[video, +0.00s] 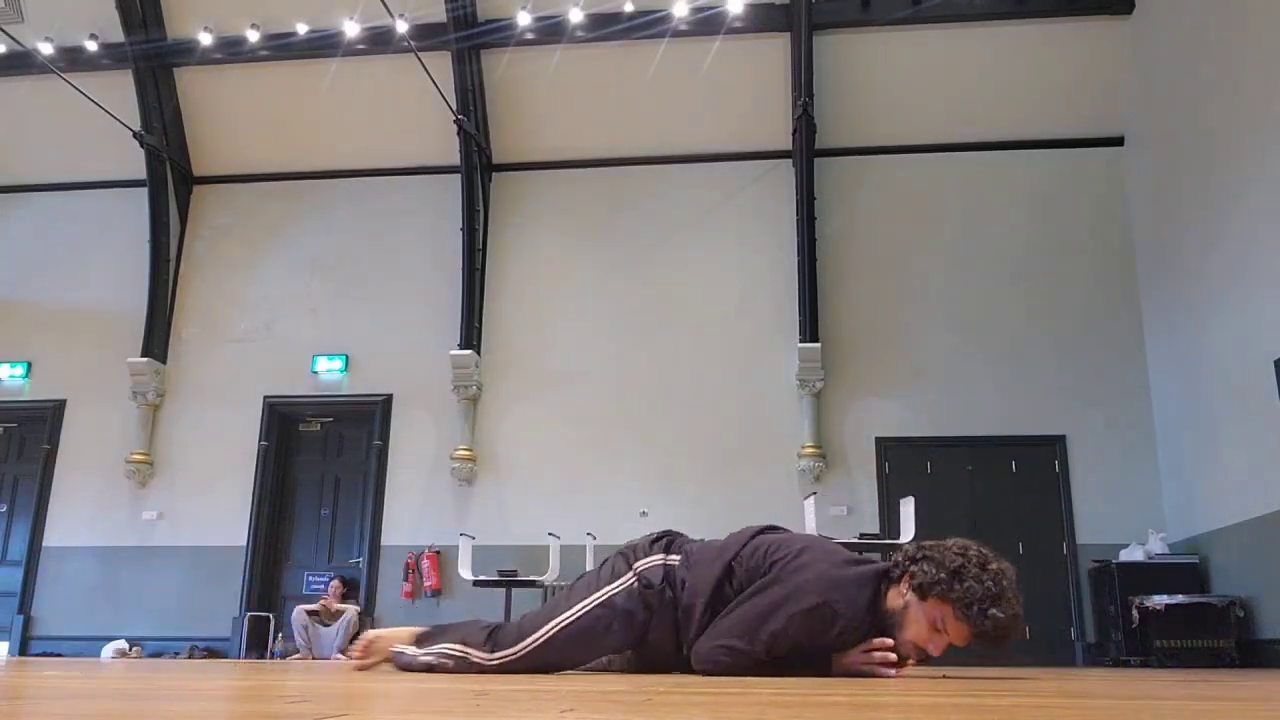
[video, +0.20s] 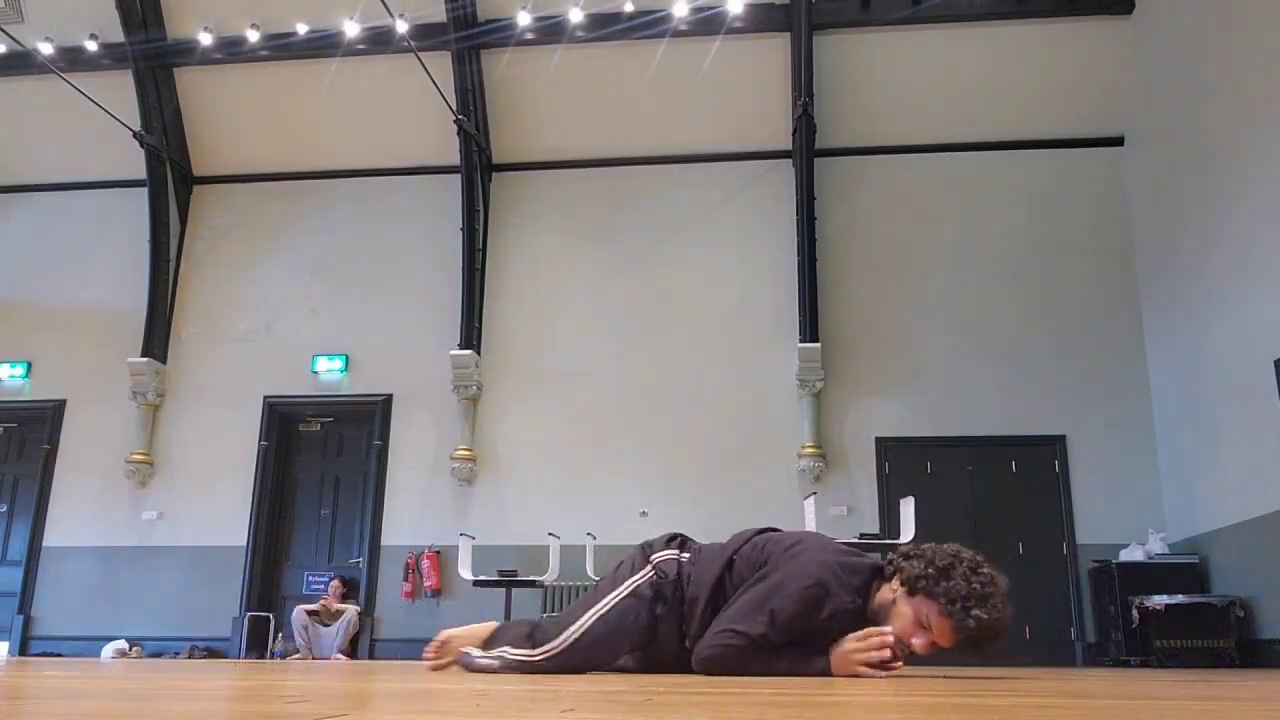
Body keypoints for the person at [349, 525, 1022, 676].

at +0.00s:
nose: (939, 645)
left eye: (952, 641)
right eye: (940, 627)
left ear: (948, 619)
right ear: (912, 589)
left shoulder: (879, 598)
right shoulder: (829, 588)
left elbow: (781, 655)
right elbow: (712, 660)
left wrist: (857, 654)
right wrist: (831, 666)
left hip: (674, 617)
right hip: (649, 589)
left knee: (525, 654)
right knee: (501, 659)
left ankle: (410, 644)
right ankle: (390, 646)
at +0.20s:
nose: (918, 647)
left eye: (934, 646)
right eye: (922, 628)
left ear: (943, 637)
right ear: (903, 589)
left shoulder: (876, 607)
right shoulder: (820, 577)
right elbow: (715, 656)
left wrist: (855, 658)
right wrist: (823, 663)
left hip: (686, 636)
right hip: (667, 585)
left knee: (580, 658)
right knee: (547, 657)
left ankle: (494, 634)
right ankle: (468, 650)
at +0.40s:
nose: (898, 643)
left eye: (915, 643)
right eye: (900, 622)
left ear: (925, 643)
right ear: (884, 582)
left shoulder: (870, 610)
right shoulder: (794, 568)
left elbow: (812, 654)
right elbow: (716, 654)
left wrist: (875, 661)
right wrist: (824, 663)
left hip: (710, 632)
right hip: (682, 587)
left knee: (611, 651)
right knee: (597, 653)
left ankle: (524, 637)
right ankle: (502, 654)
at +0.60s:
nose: (865, 624)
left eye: (883, 629)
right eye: (872, 606)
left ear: (897, 639)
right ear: (866, 569)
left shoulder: (856, 614)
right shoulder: (783, 563)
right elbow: (717, 651)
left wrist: (880, 655)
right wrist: (827, 662)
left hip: (710, 640)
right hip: (686, 590)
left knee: (609, 644)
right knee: (575, 646)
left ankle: (521, 637)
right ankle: (500, 650)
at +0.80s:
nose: (850, 613)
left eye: (867, 620)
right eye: (859, 596)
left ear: (886, 637)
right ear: (858, 564)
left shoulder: (851, 638)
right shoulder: (784, 556)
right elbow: (719, 651)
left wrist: (863, 656)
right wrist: (826, 662)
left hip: (697, 642)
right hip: (690, 579)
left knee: (586, 655)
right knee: (593, 570)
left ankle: (543, 635)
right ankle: (505, 649)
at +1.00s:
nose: (860, 612)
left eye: (879, 624)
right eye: (870, 596)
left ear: (902, 640)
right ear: (874, 564)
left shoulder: (893, 634)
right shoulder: (800, 555)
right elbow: (736, 645)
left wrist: (871, 661)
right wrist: (820, 661)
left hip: (722, 636)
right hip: (701, 572)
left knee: (637, 646)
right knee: (590, 545)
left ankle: (594, 649)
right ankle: (507, 643)